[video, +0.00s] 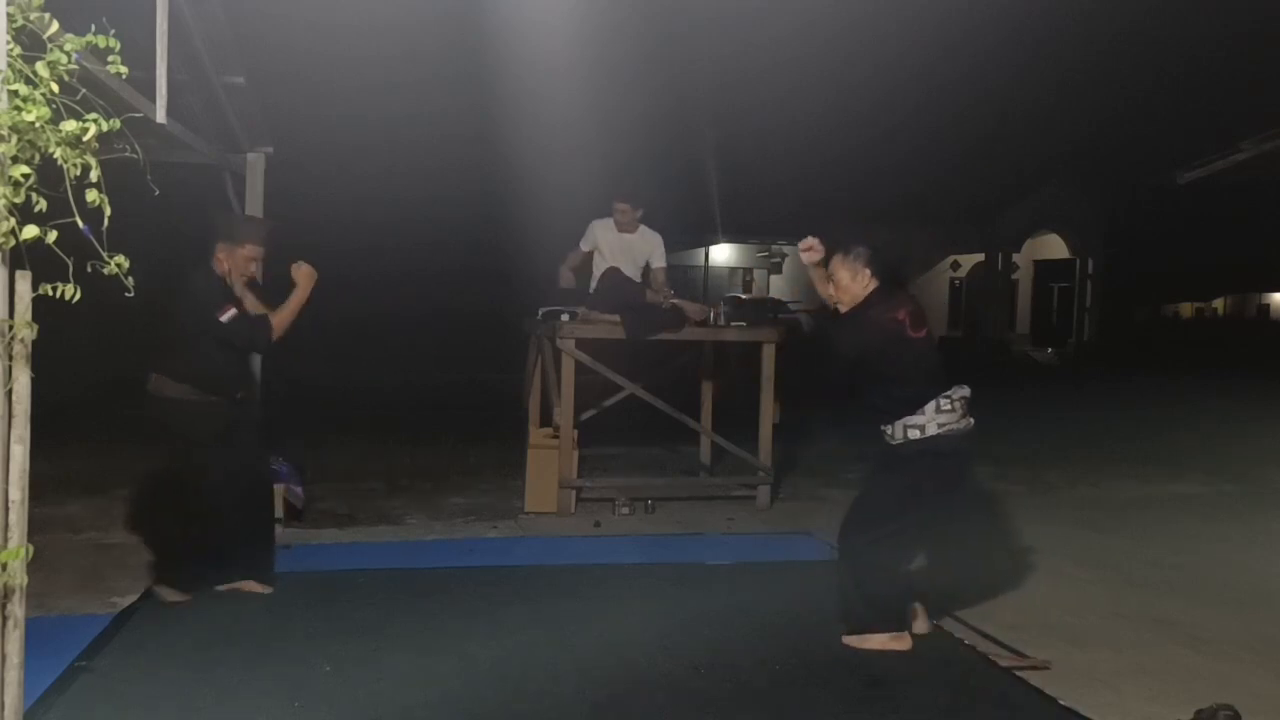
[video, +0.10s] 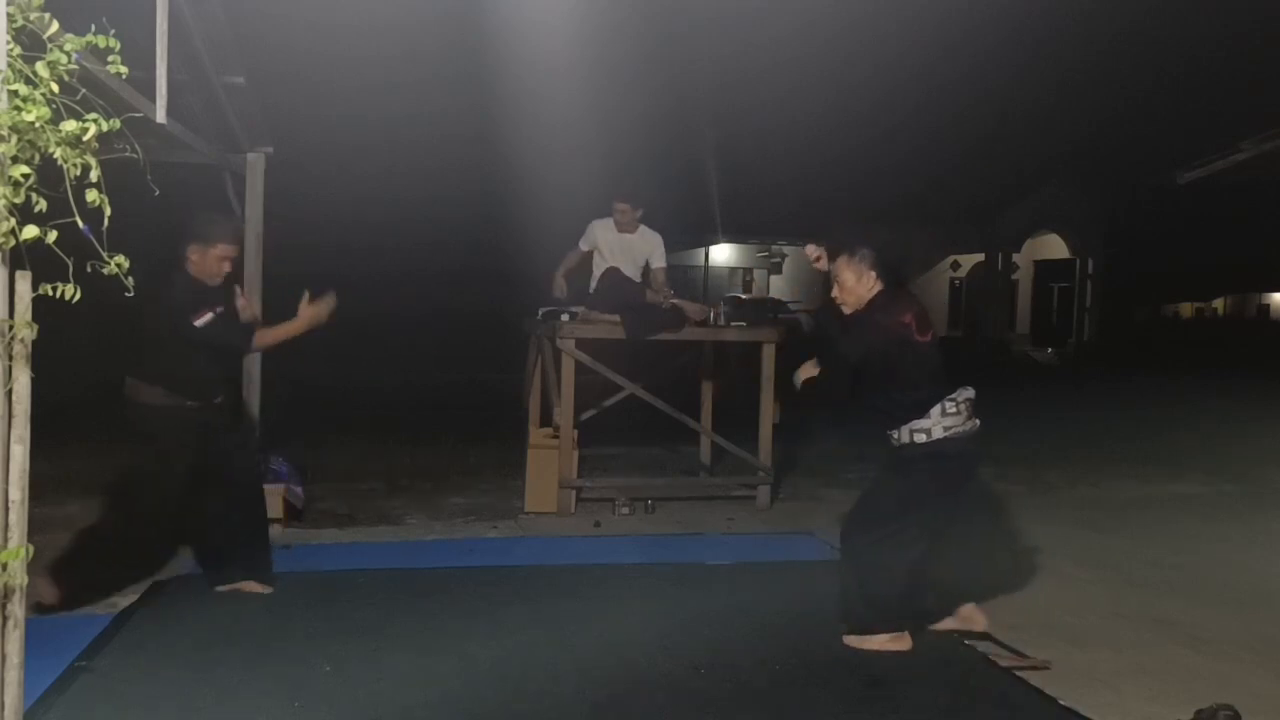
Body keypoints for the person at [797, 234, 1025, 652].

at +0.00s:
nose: (834, 289)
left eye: (838, 279)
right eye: (832, 281)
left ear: (865, 277)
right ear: (868, 276)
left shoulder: (864, 324)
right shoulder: (899, 301)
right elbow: (836, 302)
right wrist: (816, 265)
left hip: (918, 453)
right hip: (948, 445)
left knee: (860, 533)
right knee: (896, 526)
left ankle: (884, 629)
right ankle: (916, 614)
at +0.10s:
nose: (835, 293)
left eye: (842, 282)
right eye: (833, 282)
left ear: (871, 278)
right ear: (873, 280)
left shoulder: (871, 328)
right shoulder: (904, 303)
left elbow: (838, 396)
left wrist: (810, 381)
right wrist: (831, 264)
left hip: (927, 454)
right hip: (957, 443)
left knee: (865, 528)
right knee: (918, 525)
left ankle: (883, 628)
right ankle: (961, 609)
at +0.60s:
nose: (941, 274)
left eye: (948, 264)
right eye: (939, 266)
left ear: (979, 265)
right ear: (977, 268)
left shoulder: (990, 315)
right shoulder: (994, 306)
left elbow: (952, 381)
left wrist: (897, 359)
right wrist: (925, 336)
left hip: (1005, 430)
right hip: (1031, 428)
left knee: (936, 481)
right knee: (1008, 514)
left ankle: (938, 582)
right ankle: (1046, 616)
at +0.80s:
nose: (973, 263)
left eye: (981, 255)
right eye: (973, 255)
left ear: (1012, 257)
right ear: (984, 258)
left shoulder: (1030, 302)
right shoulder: (983, 293)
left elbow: (1026, 381)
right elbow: (965, 336)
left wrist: (990, 429)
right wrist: (914, 364)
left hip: (1028, 417)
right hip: (994, 401)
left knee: (1014, 512)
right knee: (928, 388)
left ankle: (1054, 621)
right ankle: (941, 479)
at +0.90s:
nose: (980, 264)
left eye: (988, 255)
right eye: (980, 256)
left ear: (1019, 257)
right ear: (1006, 259)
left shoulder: (1041, 301)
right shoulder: (993, 297)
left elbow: (1054, 373)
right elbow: (981, 347)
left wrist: (1039, 434)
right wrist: (959, 381)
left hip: (1026, 419)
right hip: (1005, 408)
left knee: (1017, 516)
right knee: (951, 373)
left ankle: (1055, 624)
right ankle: (927, 463)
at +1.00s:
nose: (983, 264)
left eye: (991, 256)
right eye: (983, 256)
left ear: (1022, 257)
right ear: (1009, 258)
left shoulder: (1043, 300)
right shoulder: (1000, 294)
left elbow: (1055, 373)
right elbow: (994, 337)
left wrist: (1034, 432)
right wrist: (971, 366)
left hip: (1034, 415)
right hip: (1010, 401)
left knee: (1015, 515)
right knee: (947, 386)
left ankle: (1054, 624)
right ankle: (928, 484)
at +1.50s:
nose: (947, 270)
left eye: (955, 263)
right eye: (948, 263)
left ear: (986, 268)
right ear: (963, 270)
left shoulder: (1009, 318)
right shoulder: (949, 316)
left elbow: (1047, 363)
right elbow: (917, 320)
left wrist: (1070, 401)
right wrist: (887, 314)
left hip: (996, 453)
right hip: (957, 450)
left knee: (929, 530)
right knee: (982, 538)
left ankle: (889, 624)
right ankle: (1046, 616)